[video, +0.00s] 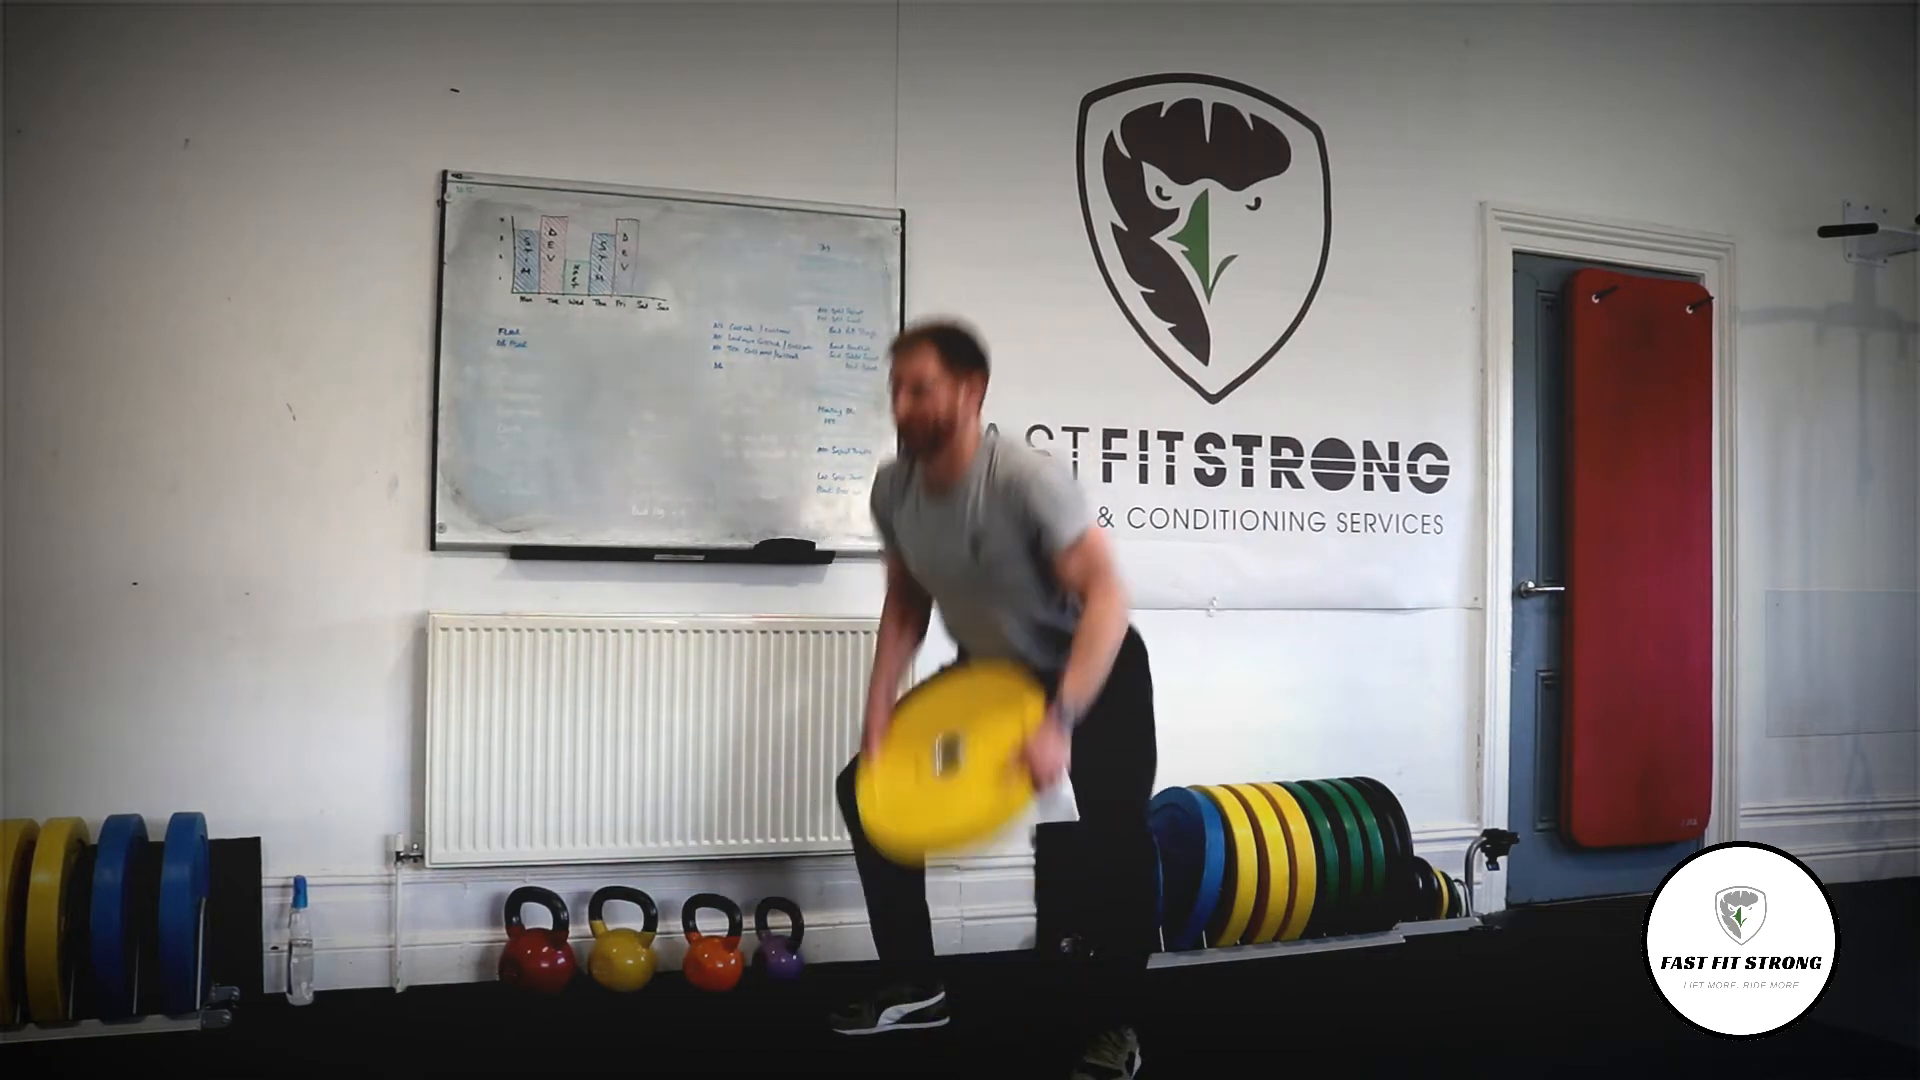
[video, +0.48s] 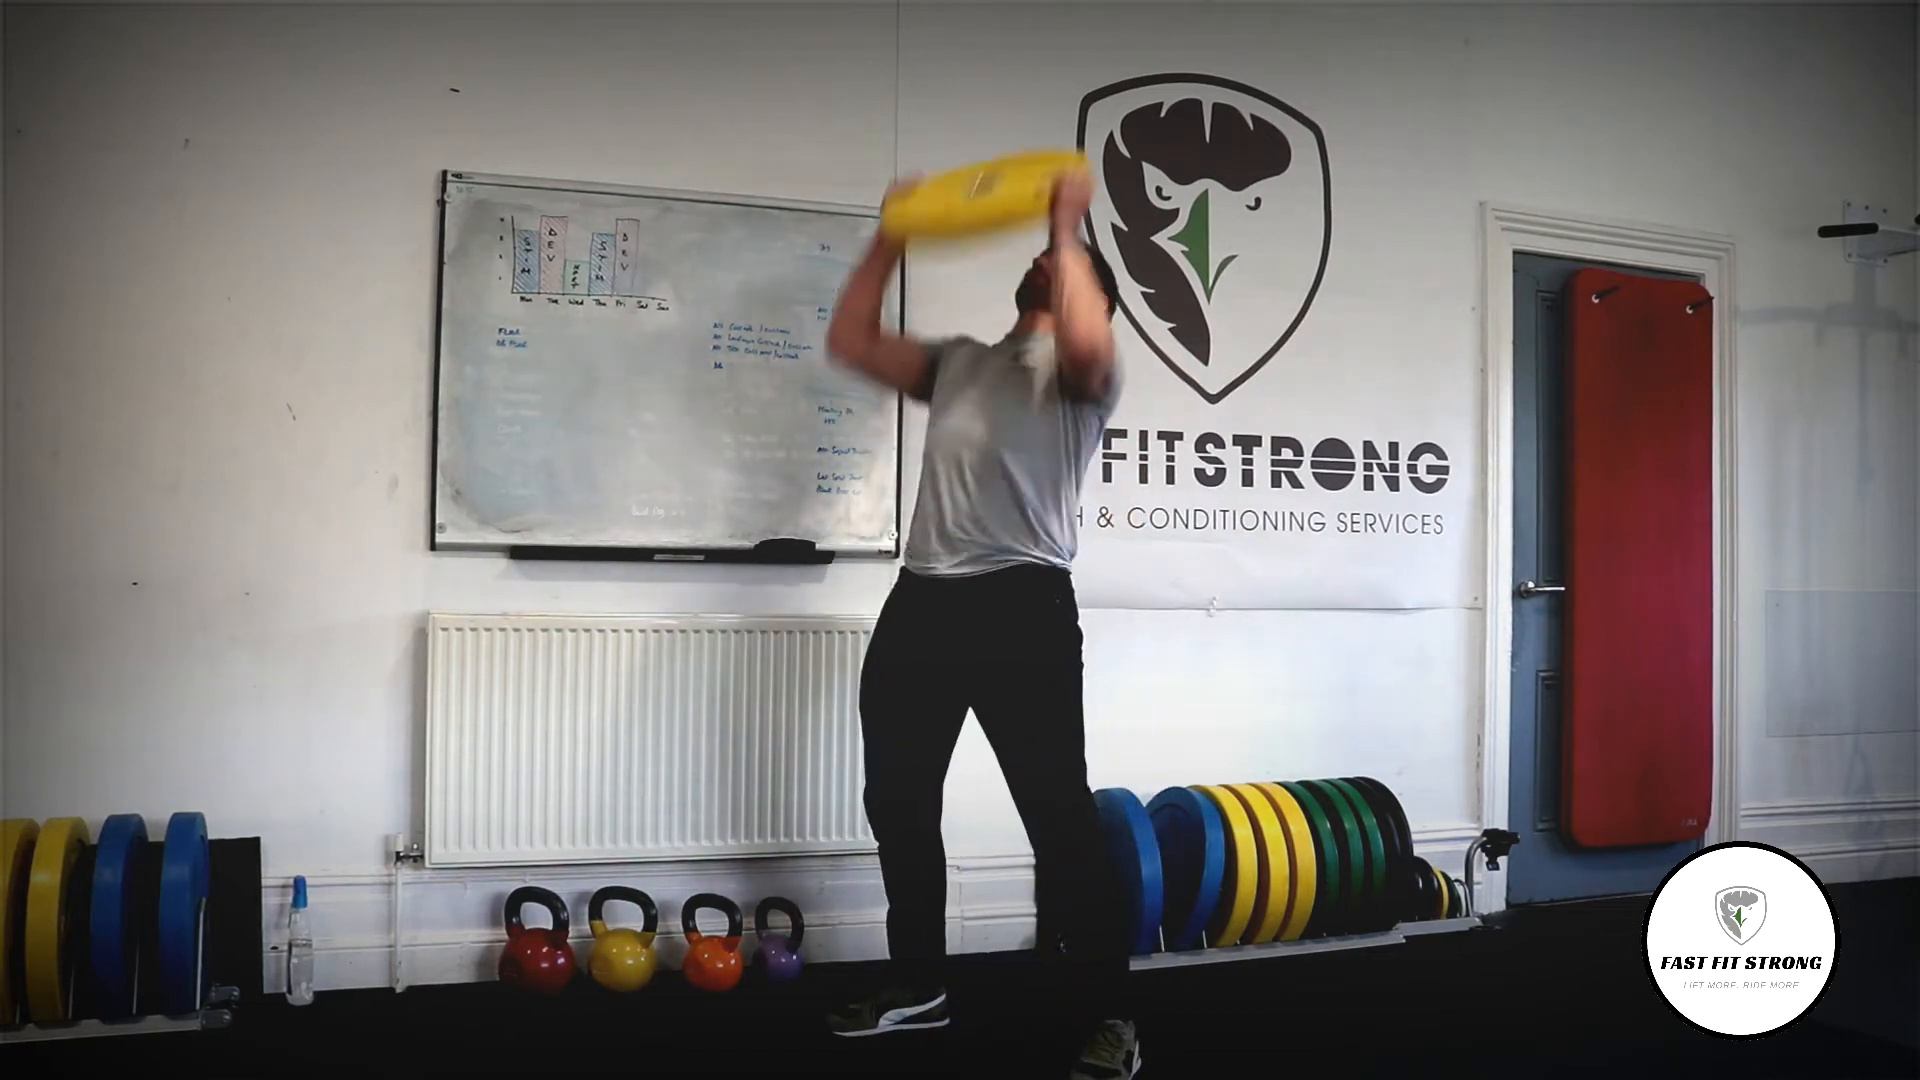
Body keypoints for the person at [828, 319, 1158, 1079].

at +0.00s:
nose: (905, 406)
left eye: (922, 389)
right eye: (897, 391)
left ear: (972, 391)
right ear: (890, 398)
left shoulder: (1030, 478)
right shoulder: (894, 490)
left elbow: (1109, 594)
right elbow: (905, 603)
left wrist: (1062, 717)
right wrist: (877, 725)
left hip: (1088, 671)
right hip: (991, 673)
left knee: (1114, 839)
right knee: (868, 790)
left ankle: (1114, 1027)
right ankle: (914, 988)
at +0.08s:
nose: (921, 340)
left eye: (939, 325)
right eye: (916, 326)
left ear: (990, 334)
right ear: (914, 339)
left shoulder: (1048, 428)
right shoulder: (910, 437)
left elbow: (1131, 543)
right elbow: (919, 550)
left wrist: (1065, 622)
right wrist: (881, 618)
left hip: (1083, 642)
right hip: (983, 648)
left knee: (1103, 824)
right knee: (874, 792)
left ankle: (1112, 1026)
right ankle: (916, 989)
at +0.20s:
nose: (984, 276)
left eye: (1002, 262)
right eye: (981, 263)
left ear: (1050, 278)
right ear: (980, 280)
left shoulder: (1092, 377)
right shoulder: (951, 387)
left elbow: (1128, 510)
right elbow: (941, 510)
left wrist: (1045, 502)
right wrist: (870, 502)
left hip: (1056, 624)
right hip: (959, 621)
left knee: (1075, 820)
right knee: (876, 792)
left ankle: (1101, 1023)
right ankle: (915, 988)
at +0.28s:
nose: (1014, 262)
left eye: (1034, 251)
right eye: (1011, 251)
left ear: (1079, 278)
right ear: (1004, 271)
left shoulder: (1099, 366)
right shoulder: (973, 364)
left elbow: (1116, 496)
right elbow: (914, 494)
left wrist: (1053, 420)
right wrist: (863, 417)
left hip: (1039, 607)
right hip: (946, 604)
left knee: (1063, 811)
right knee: (889, 789)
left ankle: (1102, 1018)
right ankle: (914, 989)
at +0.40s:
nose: (1039, 254)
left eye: (1062, 253)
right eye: (1039, 248)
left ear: (1088, 294)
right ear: (1019, 275)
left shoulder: (1095, 370)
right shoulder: (967, 366)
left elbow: (1091, 425)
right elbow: (868, 422)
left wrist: (1053, 312)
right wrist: (877, 316)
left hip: (1027, 605)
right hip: (927, 604)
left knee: (1059, 812)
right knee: (903, 808)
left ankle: (1102, 1016)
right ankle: (920, 991)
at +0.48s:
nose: (1043, 268)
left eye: (1066, 269)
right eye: (1042, 261)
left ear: (1088, 304)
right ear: (1023, 287)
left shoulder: (1087, 372)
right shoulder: (958, 360)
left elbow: (1086, 342)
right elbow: (851, 340)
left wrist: (1067, 230)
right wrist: (888, 241)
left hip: (1023, 606)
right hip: (920, 606)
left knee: (1058, 812)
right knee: (899, 803)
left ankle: (1100, 1017)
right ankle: (917, 990)